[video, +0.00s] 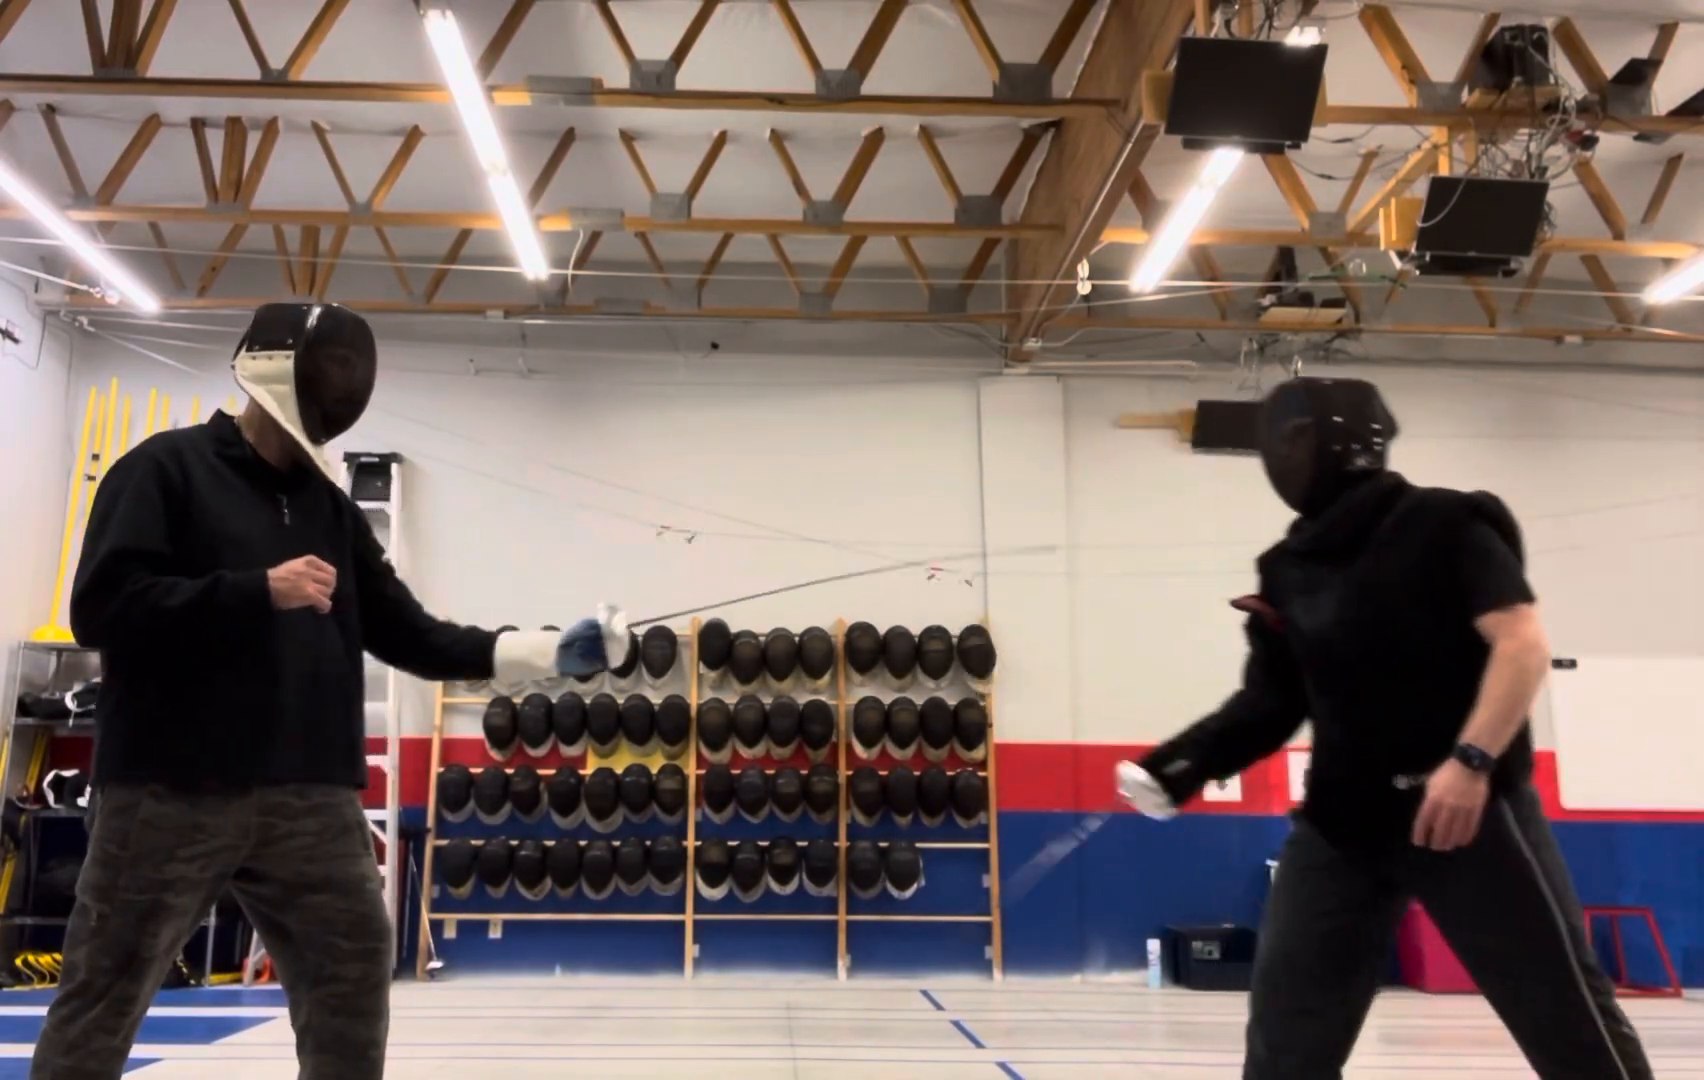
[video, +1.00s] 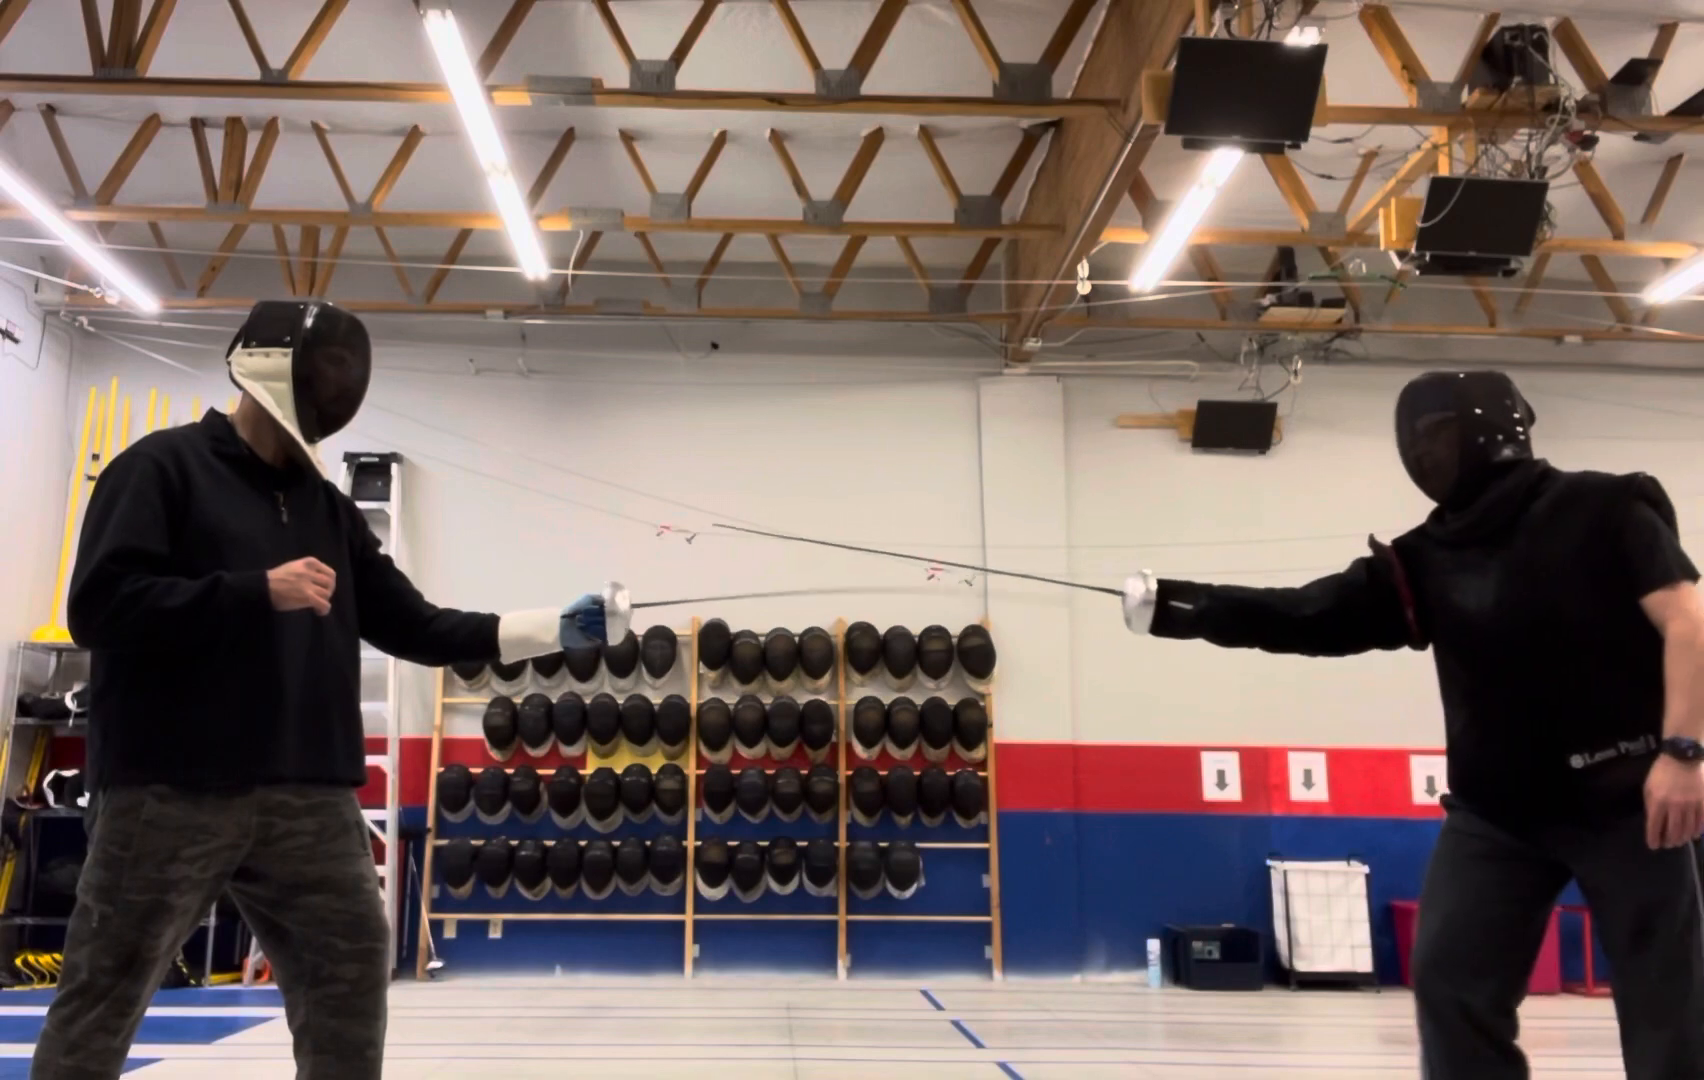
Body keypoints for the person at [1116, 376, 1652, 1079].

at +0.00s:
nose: (1276, 463)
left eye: (1288, 443)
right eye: (1273, 448)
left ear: (1334, 441)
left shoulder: (1447, 525)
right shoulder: (1290, 571)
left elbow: (1525, 646)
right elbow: (1272, 701)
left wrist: (1471, 762)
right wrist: (1180, 768)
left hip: (1471, 814)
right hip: (1343, 824)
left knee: (1572, 1027)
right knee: (1286, 1043)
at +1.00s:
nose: (1417, 457)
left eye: (1428, 437)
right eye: (1411, 442)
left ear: (1477, 431)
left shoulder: (1607, 510)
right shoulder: (1426, 561)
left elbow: (1686, 619)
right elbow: (1310, 614)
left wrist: (1683, 750)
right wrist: (1178, 607)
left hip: (1627, 806)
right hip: (1495, 818)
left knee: (1668, 1021)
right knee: (1453, 994)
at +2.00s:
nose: (1138, 445)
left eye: (1145, 425)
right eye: (1135, 431)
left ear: (1185, 425)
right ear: (1209, 426)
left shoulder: (1313, 490)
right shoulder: (1156, 558)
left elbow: (1398, 605)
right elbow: (1052, 615)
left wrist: (1364, 722)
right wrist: (928, 592)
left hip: (1381, 786)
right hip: (1258, 813)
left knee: (1479, 994)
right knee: (1260, 1041)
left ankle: (1537, 1075)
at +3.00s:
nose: (1462, 453)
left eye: (1475, 431)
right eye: (1454, 438)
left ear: (1529, 422)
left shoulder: (1653, 510)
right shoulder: (1465, 559)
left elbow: (1702, 626)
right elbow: (1387, 652)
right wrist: (1274, 644)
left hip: (1665, 811)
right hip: (1533, 824)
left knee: (1684, 1040)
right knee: (1519, 1032)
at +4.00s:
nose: (1174, 445)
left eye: (1183, 424)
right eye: (1172, 429)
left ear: (1231, 423)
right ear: (1239, 429)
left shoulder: (1351, 498)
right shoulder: (1193, 558)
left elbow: (1435, 610)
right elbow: (1081, 610)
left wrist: (1409, 723)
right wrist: (958, 602)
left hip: (1413, 788)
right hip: (1291, 817)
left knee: (1525, 1000)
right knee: (1286, 1046)